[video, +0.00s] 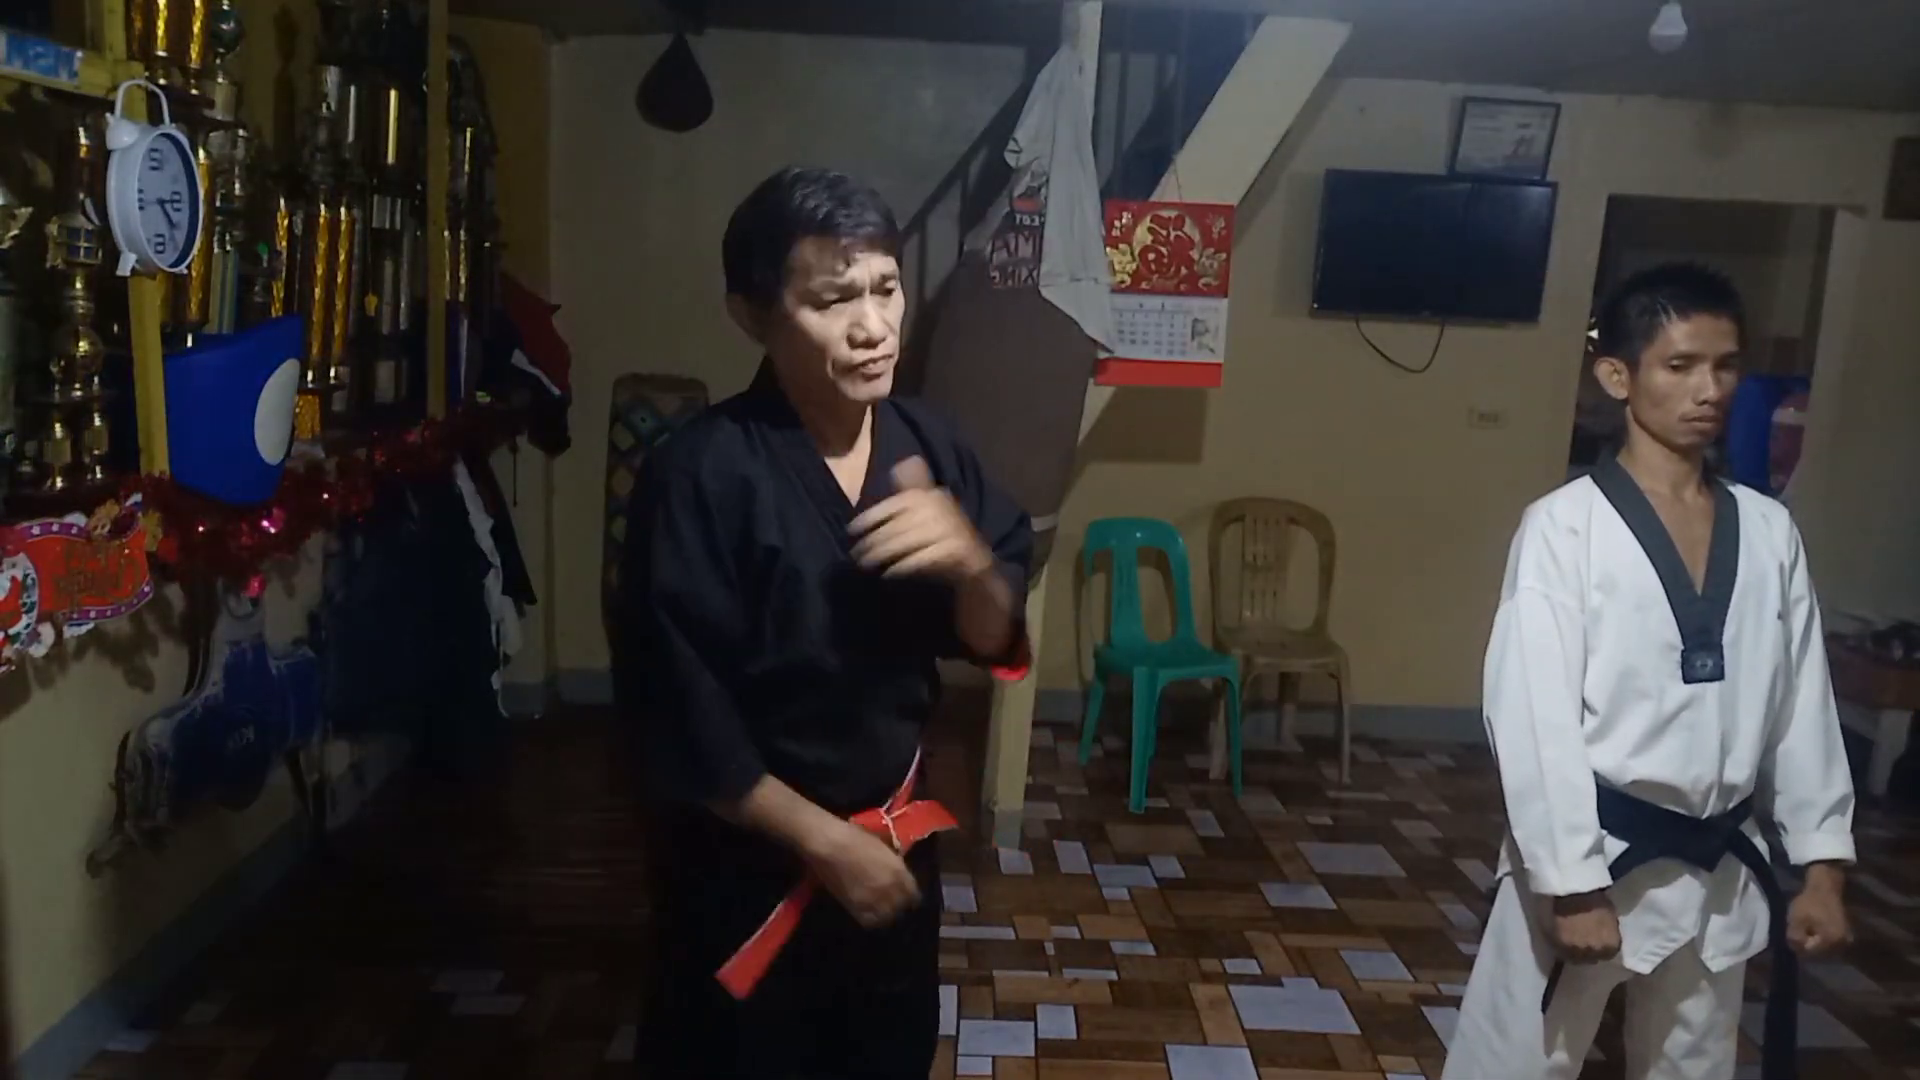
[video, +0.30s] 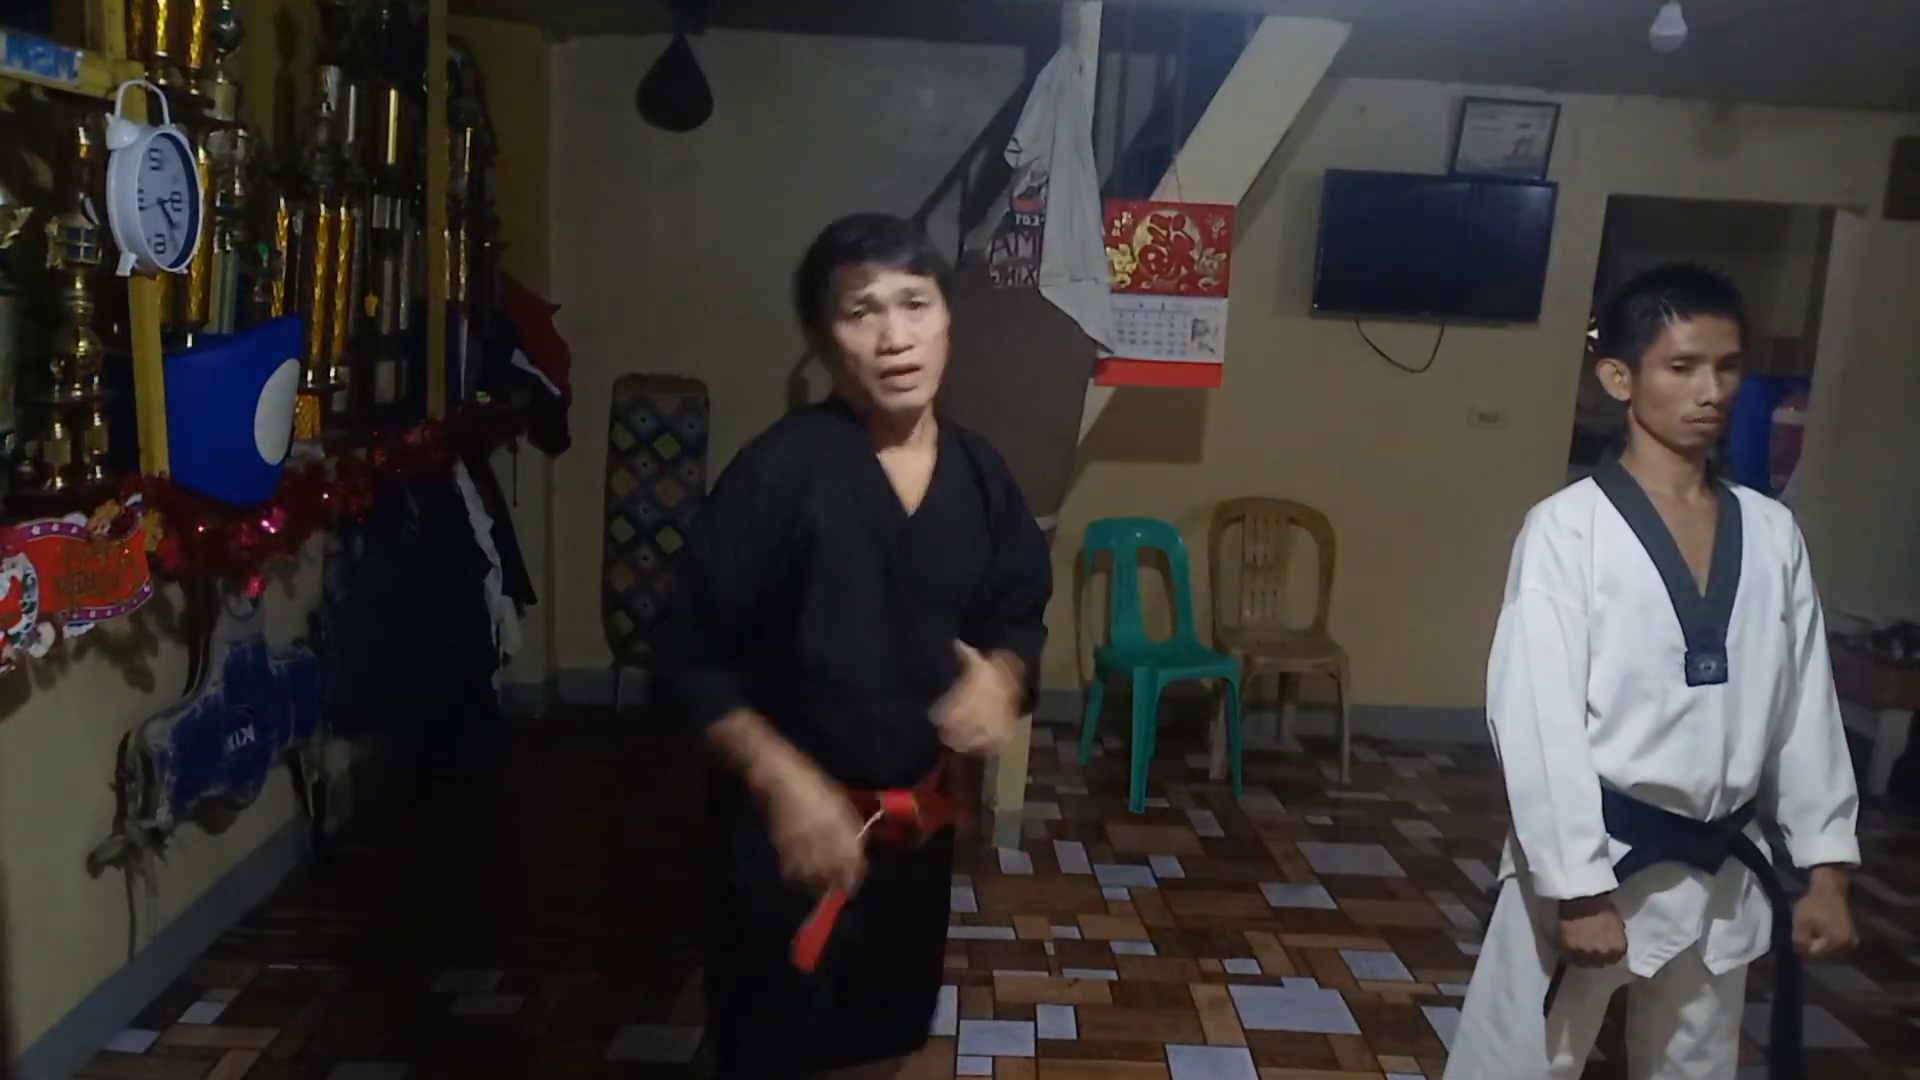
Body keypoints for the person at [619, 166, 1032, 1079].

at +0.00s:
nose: (873, 325)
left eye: (885, 290)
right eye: (833, 299)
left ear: (905, 288)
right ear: (753, 316)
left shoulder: (927, 444)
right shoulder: (696, 474)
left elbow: (997, 643)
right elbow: (675, 717)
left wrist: (973, 562)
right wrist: (828, 838)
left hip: (891, 835)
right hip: (736, 845)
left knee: (892, 1059)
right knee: (738, 1062)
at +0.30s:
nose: (895, 338)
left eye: (915, 306)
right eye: (862, 314)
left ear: (948, 321)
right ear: (824, 341)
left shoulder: (980, 475)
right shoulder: (776, 475)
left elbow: (1019, 612)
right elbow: (689, 657)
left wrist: (1002, 679)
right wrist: (784, 778)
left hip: (916, 832)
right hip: (783, 834)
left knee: (885, 1052)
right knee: (770, 1058)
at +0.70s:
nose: (912, 338)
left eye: (930, 308)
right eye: (879, 313)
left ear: (959, 317)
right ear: (837, 334)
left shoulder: (972, 463)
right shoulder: (797, 451)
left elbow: (1018, 650)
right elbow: (693, 633)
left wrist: (1003, 569)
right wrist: (835, 660)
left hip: (908, 812)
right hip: (783, 810)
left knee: (887, 1045)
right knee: (759, 1050)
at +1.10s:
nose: (864, 351)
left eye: (886, 318)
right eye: (830, 325)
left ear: (921, 325)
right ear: (784, 340)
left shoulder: (947, 471)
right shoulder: (748, 463)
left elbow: (1004, 652)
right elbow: (700, 594)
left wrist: (992, 549)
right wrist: (774, 593)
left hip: (902, 837)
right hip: (767, 839)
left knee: (916, 1052)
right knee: (753, 1058)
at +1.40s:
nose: (781, 377)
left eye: (807, 347)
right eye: (752, 350)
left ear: (848, 356)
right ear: (714, 366)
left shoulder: (883, 478)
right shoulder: (673, 496)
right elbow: (631, 672)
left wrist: (928, 596)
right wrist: (694, 507)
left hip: (876, 876)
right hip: (722, 878)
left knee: (891, 1066)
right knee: (713, 1066)